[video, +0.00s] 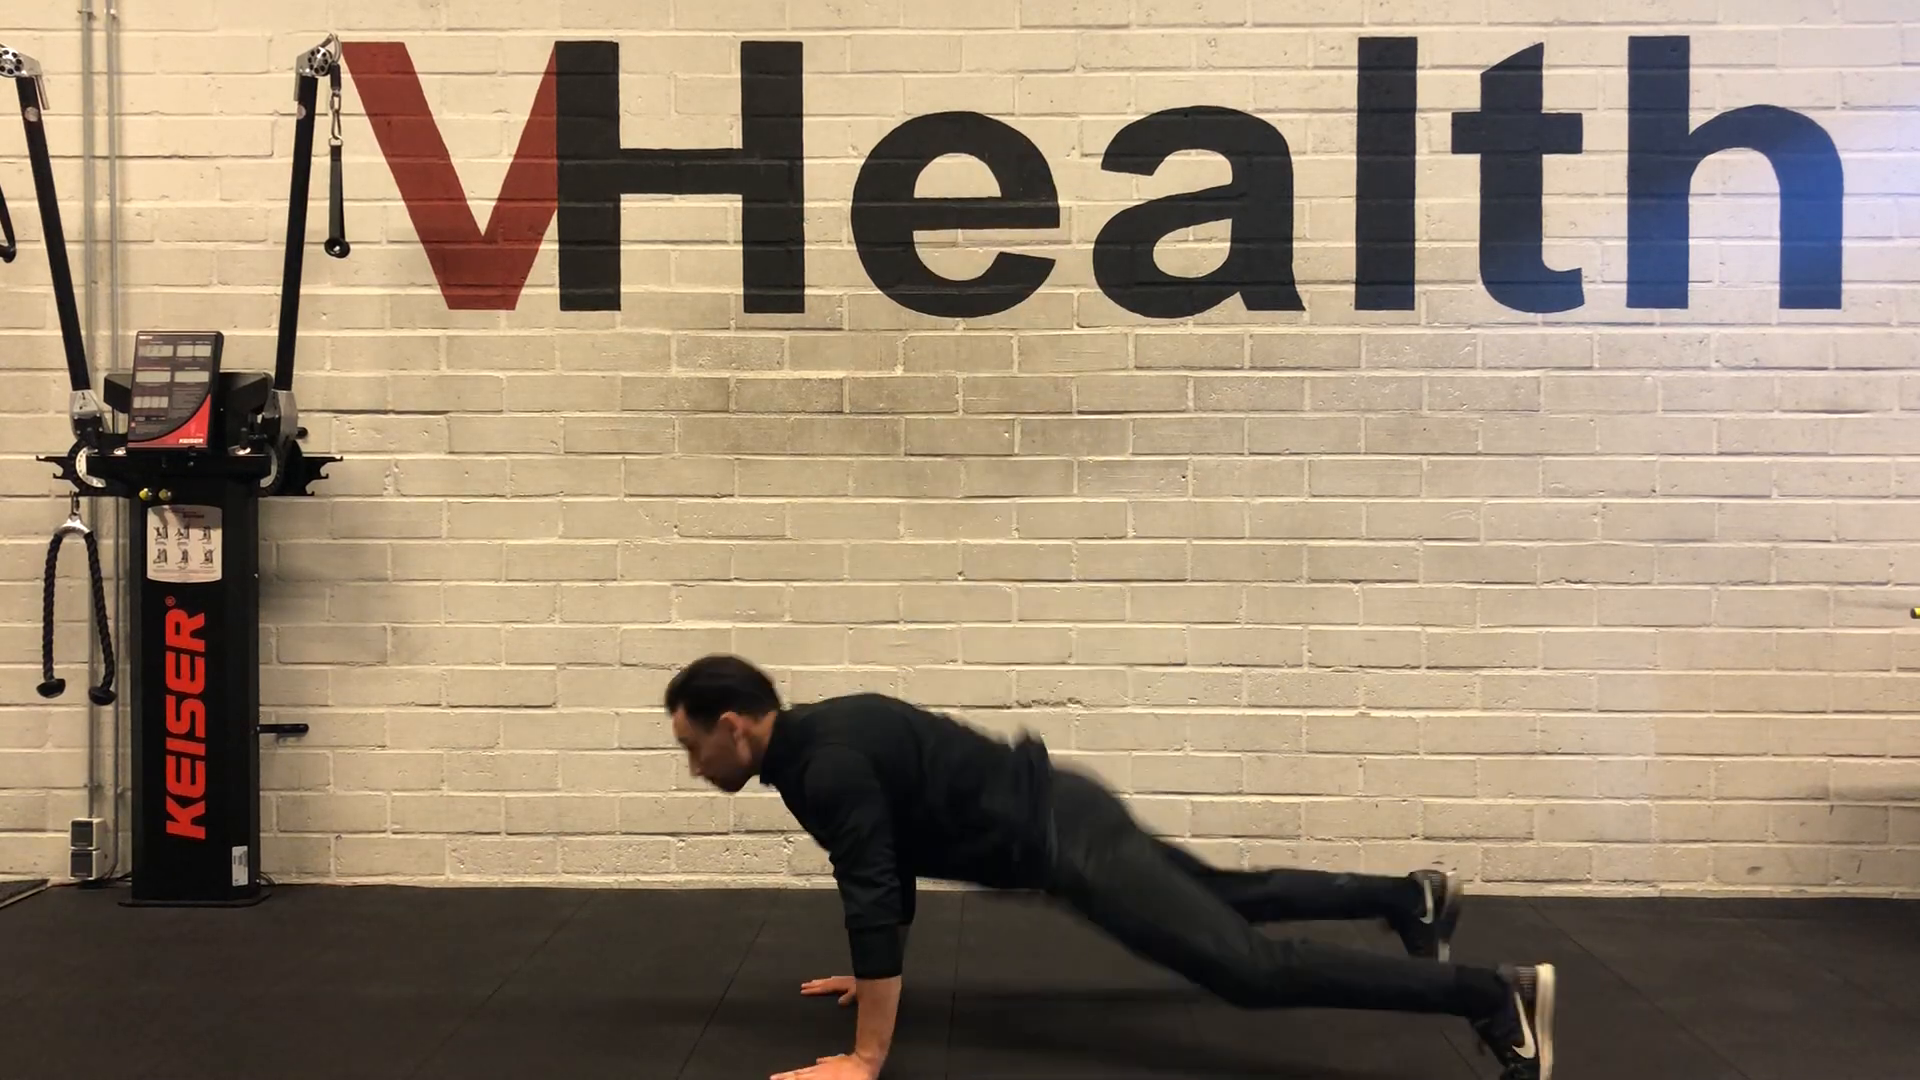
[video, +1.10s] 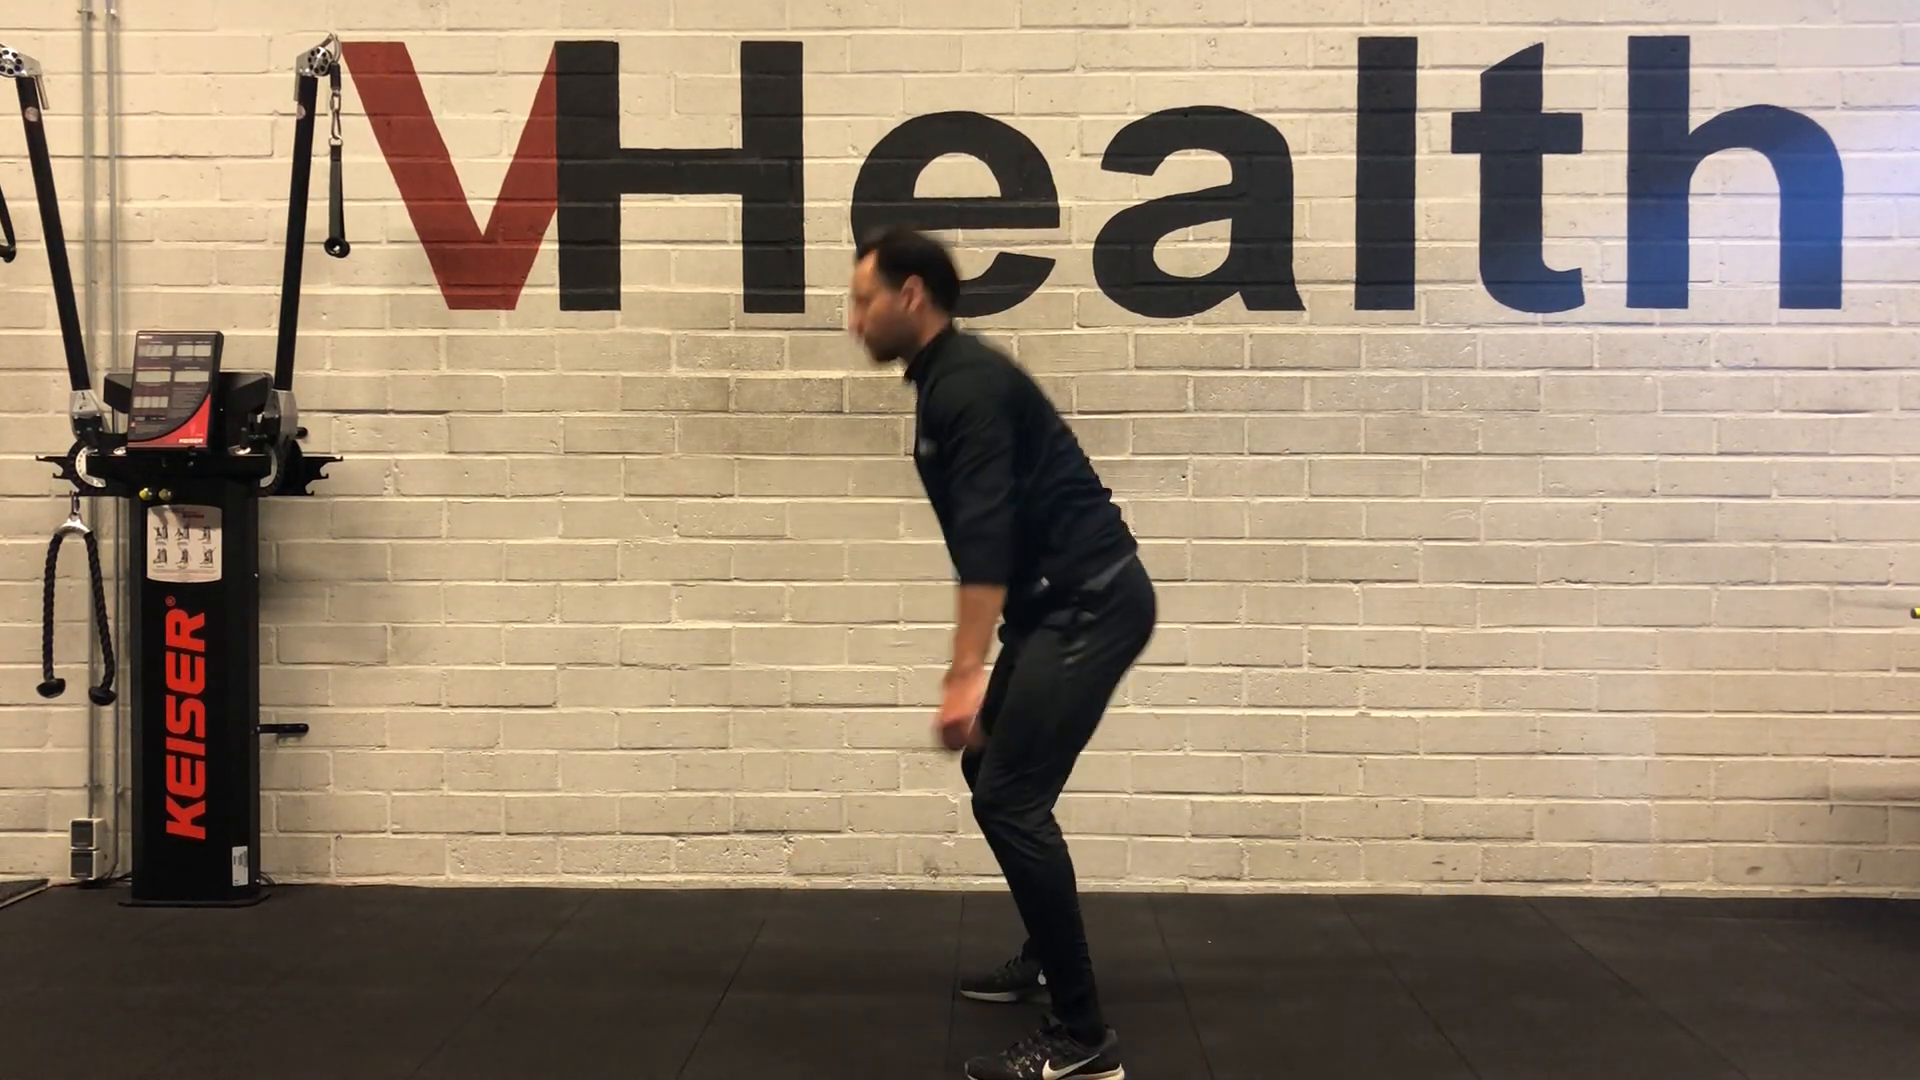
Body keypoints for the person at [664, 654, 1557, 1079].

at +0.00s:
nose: (691, 762)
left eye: (694, 744)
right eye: (686, 747)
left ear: (737, 724)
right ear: (742, 714)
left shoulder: (826, 760)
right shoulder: (812, 745)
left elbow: (878, 902)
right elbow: (872, 877)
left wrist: (867, 1052)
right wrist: (868, 978)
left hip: (1061, 833)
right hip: (1054, 813)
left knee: (1252, 970)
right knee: (1220, 900)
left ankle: (1487, 995)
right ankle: (1407, 897)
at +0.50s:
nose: (724, 790)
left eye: (722, 773)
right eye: (716, 776)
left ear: (758, 742)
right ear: (763, 731)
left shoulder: (849, 752)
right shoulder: (837, 732)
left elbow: (880, 896)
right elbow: (873, 866)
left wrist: (864, 1057)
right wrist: (866, 966)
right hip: (1083, 697)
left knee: (1165, 904)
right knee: (1171, 864)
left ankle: (1409, 948)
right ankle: (1364, 891)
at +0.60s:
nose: (779, 763)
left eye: (773, 745)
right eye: (768, 750)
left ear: (809, 711)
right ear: (815, 703)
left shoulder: (891, 730)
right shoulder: (883, 713)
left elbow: (888, 886)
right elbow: (894, 865)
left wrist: (860, 1046)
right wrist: (872, 965)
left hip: (1132, 631)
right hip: (1104, 631)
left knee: (1052, 816)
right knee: (1037, 800)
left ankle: (1244, 970)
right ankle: (1201, 918)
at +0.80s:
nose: (795, 620)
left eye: (796, 601)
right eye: (789, 605)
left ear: (838, 579)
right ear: (840, 579)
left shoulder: (915, 634)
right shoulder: (905, 623)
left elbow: (883, 781)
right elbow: (883, 767)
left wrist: (816, 929)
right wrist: (835, 869)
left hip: (1154, 702)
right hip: (1116, 688)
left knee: (996, 817)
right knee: (970, 778)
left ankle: (1080, 1031)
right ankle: (1048, 960)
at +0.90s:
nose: (809, 514)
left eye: (814, 495)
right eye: (804, 498)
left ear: (859, 480)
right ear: (862, 482)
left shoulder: (930, 548)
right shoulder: (916, 541)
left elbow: (903, 703)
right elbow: (898, 691)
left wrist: (835, 841)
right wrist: (851, 791)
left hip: (1136, 678)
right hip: (1088, 671)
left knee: (994, 812)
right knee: (964, 776)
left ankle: (1080, 1027)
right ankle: (1047, 963)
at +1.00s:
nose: (825, 401)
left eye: (833, 383)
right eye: (824, 384)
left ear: (882, 379)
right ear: (885, 382)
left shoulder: (946, 457)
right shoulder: (930, 451)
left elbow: (938, 616)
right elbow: (939, 613)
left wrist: (894, 753)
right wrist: (896, 741)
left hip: (1118, 634)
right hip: (1071, 635)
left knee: (1003, 805)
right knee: (974, 773)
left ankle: (1081, 1033)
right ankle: (1046, 959)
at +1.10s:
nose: (853, 317)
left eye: (862, 299)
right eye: (852, 299)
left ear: (914, 297)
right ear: (912, 299)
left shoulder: (971, 387)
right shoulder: (947, 382)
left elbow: (987, 543)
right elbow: (981, 543)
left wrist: (966, 675)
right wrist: (972, 668)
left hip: (1092, 605)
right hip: (1053, 604)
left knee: (1012, 800)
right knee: (996, 782)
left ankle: (1082, 1035)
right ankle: (1049, 958)